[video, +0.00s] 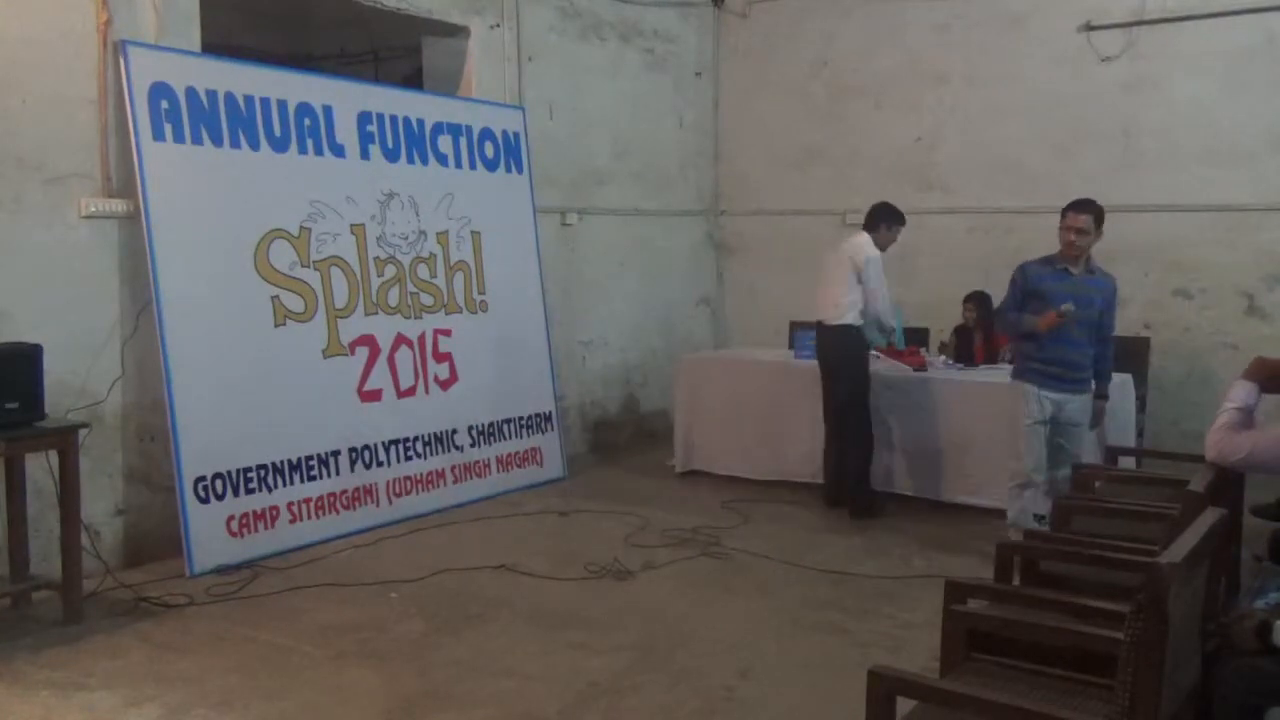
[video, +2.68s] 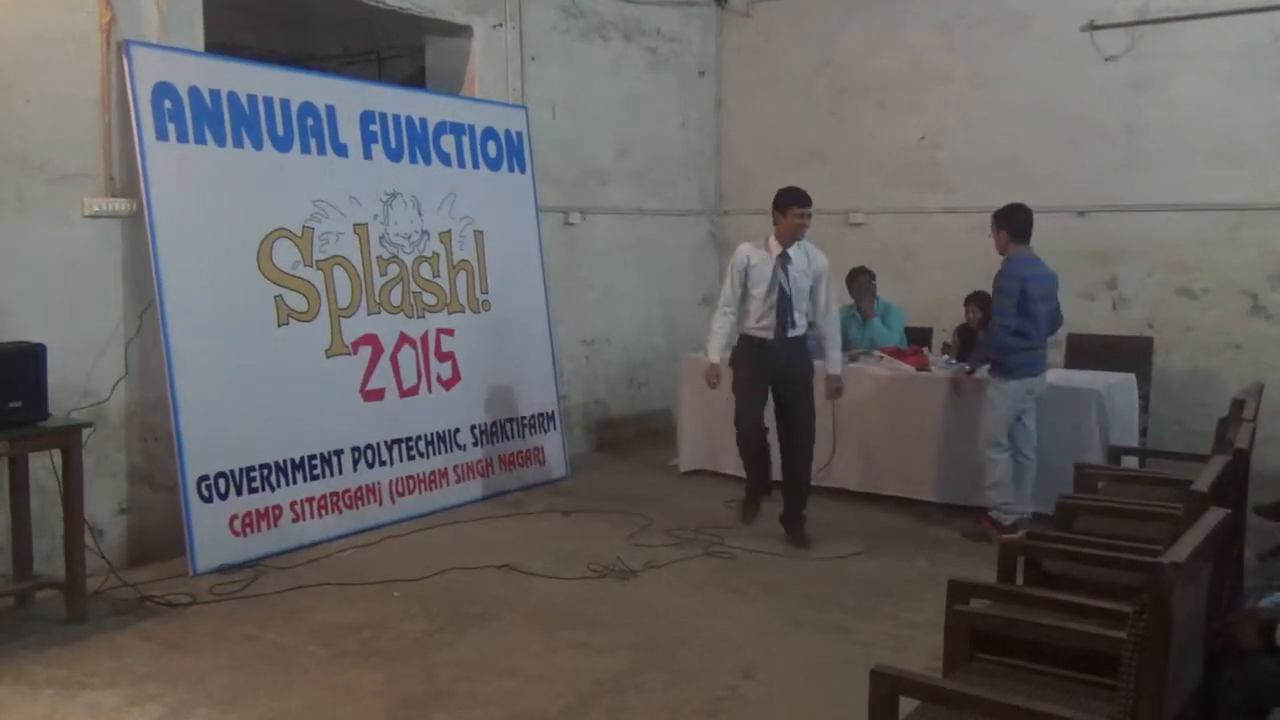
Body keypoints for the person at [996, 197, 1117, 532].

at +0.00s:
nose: (1072, 238)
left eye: (1082, 232)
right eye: (1067, 230)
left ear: (1096, 236)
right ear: (1059, 230)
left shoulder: (1104, 284)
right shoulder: (1029, 273)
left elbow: (1105, 343)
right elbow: (1002, 317)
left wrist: (1101, 394)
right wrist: (1034, 323)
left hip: (1077, 394)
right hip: (1033, 388)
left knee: (1067, 477)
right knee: (1029, 473)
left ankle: (1062, 546)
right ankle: (1021, 542)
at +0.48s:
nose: (1029, 237)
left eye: (1038, 230)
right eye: (1026, 229)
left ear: (1059, 234)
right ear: (1021, 230)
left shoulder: (1079, 280)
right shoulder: (1003, 277)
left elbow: (1092, 335)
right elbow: (983, 324)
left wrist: (1100, 384)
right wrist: (1006, 324)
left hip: (1061, 388)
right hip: (1016, 386)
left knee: (1057, 461)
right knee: (1013, 459)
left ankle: (1055, 524)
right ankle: (1015, 522)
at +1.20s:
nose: (1007, 240)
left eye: (1011, 233)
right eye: (1006, 233)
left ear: (1032, 232)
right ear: (1026, 232)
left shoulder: (1070, 277)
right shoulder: (1017, 275)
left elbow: (1078, 342)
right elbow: (1012, 323)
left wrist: (1053, 388)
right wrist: (992, 328)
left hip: (1048, 388)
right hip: (1011, 383)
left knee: (1051, 466)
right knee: (1008, 461)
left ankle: (1055, 536)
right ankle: (1013, 530)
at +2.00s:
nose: (1024, 241)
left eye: (1027, 233)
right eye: (1025, 234)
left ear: (1041, 235)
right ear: (1053, 234)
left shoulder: (1057, 276)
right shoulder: (1057, 269)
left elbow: (1045, 343)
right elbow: (1047, 302)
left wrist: (1031, 396)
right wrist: (1022, 283)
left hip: (1056, 383)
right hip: (1046, 380)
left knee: (1055, 457)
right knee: (1028, 450)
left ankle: (1056, 523)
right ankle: (1012, 512)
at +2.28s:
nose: (1009, 241)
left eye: (1010, 234)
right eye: (1009, 234)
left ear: (1022, 235)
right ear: (1041, 233)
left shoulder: (1038, 276)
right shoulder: (1048, 270)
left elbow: (1029, 334)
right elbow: (1039, 327)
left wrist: (1017, 381)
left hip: (1035, 377)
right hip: (1037, 374)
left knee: (1038, 448)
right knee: (1019, 448)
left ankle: (1061, 513)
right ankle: (1015, 512)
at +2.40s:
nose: (1002, 241)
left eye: (1003, 234)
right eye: (1002, 233)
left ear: (1015, 234)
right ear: (1035, 233)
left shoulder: (1025, 273)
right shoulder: (1050, 270)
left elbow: (1014, 332)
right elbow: (1053, 322)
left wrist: (1004, 382)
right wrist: (1036, 351)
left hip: (1026, 373)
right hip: (1039, 370)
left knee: (1023, 446)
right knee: (1021, 445)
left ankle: (1038, 514)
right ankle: (1017, 511)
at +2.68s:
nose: (993, 239)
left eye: (994, 232)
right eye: (993, 232)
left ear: (1005, 233)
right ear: (1025, 232)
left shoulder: (1009, 273)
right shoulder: (1045, 272)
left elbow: (998, 330)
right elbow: (1053, 322)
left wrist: (973, 364)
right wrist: (1022, 337)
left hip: (1009, 375)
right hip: (1034, 374)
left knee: (994, 444)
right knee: (1024, 446)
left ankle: (1002, 514)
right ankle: (1020, 513)